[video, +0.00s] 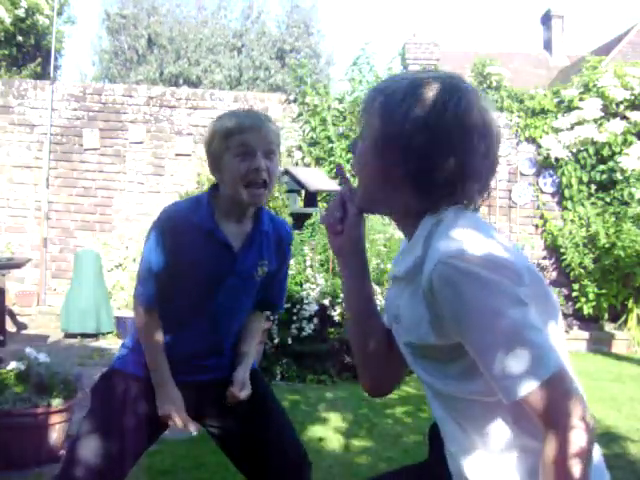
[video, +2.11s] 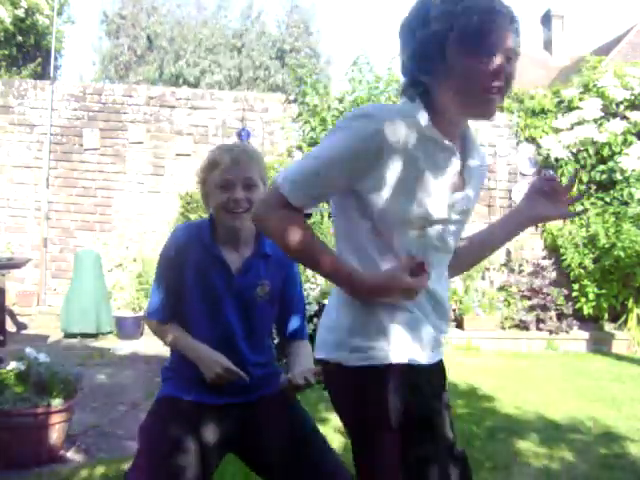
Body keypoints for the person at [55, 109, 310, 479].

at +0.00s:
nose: (260, 166)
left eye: (269, 155)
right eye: (244, 155)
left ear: (279, 164)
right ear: (216, 166)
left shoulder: (276, 236)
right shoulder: (176, 222)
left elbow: (262, 311)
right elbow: (145, 309)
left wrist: (245, 364)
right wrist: (164, 388)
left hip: (226, 373)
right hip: (151, 370)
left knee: (291, 469)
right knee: (86, 467)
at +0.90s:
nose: (245, 143)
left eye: (253, 134)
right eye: (232, 133)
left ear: (265, 144)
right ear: (208, 138)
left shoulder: (272, 210)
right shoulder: (173, 187)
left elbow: (266, 285)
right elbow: (133, 255)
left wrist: (276, 334)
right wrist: (158, 313)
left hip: (238, 364)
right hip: (163, 359)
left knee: (290, 470)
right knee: (124, 467)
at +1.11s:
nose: (236, 39)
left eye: (246, 29)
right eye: (222, 29)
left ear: (259, 33)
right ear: (198, 34)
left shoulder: (271, 93)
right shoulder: (170, 89)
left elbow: (296, 177)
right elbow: (125, 167)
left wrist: (301, 189)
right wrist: (155, 208)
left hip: (244, 267)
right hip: (172, 260)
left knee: (283, 382)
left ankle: (299, 477)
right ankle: (130, 449)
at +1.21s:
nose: (220, 87)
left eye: (231, 75)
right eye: (207, 76)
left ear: (248, 74)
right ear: (187, 77)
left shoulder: (267, 120)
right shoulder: (167, 116)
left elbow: (302, 201)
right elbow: (133, 200)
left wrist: (270, 210)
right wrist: (192, 201)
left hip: (246, 257)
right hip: (178, 250)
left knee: (295, 333)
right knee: (90, 312)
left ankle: (307, 419)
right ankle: (173, 366)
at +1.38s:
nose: (214, 116)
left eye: (226, 107)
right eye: (201, 106)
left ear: (244, 119)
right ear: (182, 120)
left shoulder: (266, 178)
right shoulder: (164, 177)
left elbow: (282, 232)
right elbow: (161, 241)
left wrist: (290, 281)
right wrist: (167, 274)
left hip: (259, 344)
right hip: (184, 345)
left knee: (313, 446)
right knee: (133, 444)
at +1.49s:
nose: (207, 178)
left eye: (218, 165)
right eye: (194, 169)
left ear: (239, 167)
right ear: (179, 176)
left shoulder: (271, 230)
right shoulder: (168, 224)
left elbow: (294, 313)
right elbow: (169, 302)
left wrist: (282, 370)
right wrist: (184, 343)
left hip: (262, 377)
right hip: (191, 371)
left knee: (304, 463)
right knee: (125, 455)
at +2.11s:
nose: (238, 197)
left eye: (249, 187)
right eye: (225, 187)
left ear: (264, 192)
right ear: (206, 194)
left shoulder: (279, 253)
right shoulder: (185, 241)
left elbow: (295, 332)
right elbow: (157, 317)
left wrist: (301, 366)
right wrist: (199, 353)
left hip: (261, 397)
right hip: (191, 398)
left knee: (329, 474)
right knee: (154, 474)